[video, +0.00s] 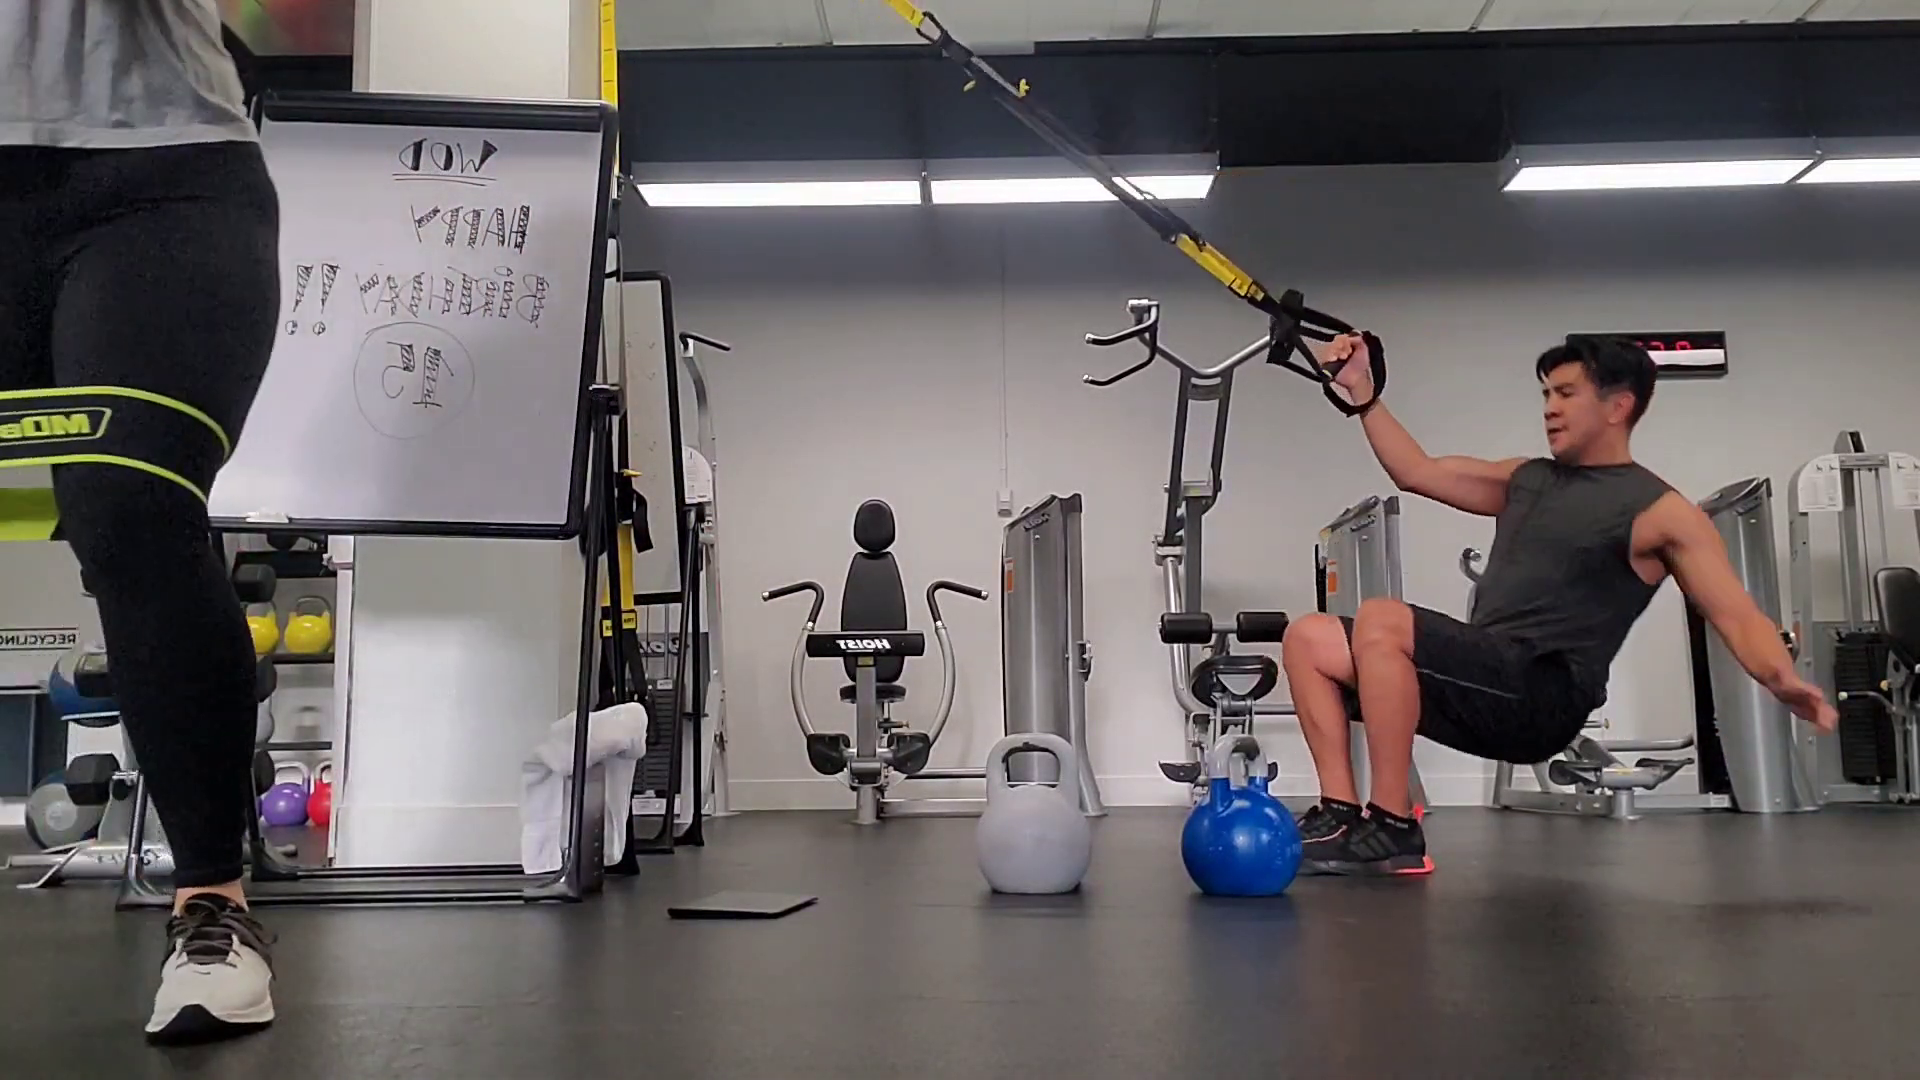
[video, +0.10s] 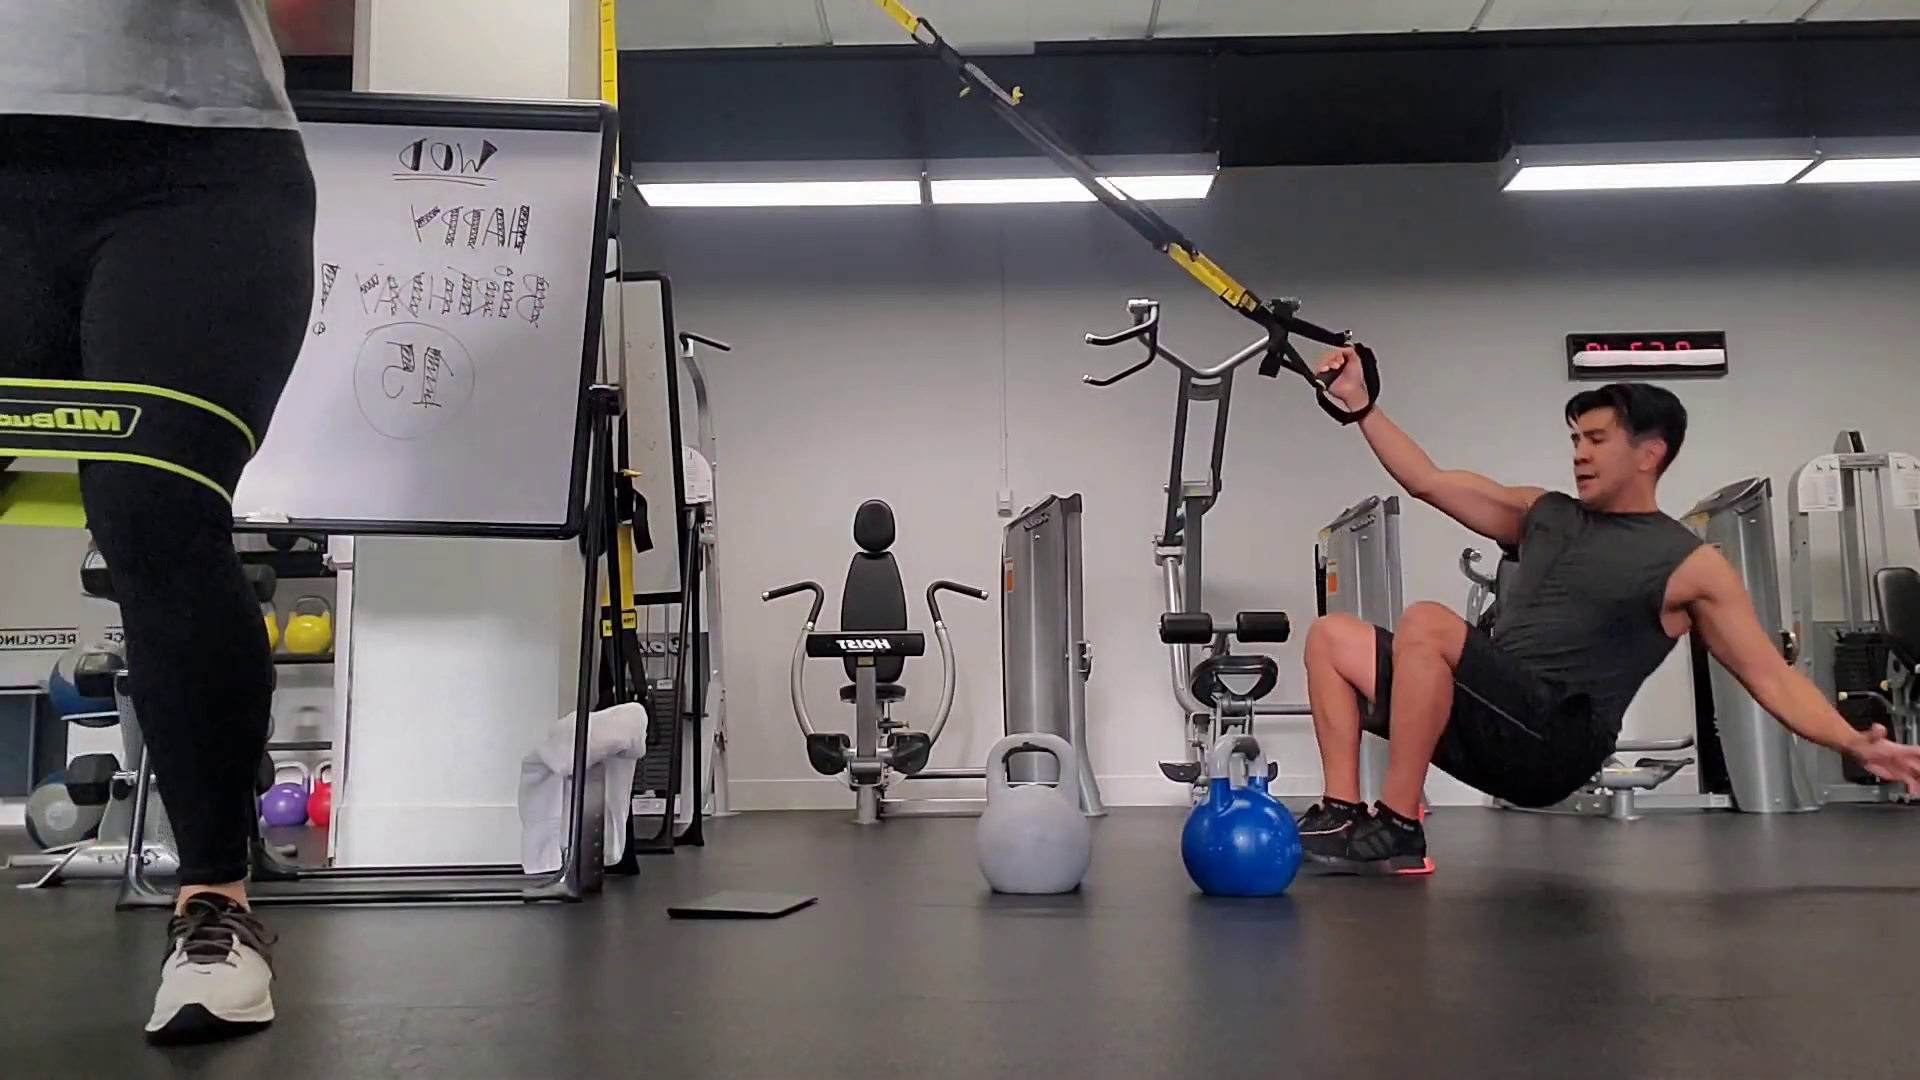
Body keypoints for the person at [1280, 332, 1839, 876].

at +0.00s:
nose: (1548, 410)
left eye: (1564, 394)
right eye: (1547, 397)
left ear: (1622, 404)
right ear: (1552, 407)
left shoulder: (1663, 510)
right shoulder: (1524, 479)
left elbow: (1734, 612)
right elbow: (1416, 470)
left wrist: (1780, 676)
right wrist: (1362, 397)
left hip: (1547, 695)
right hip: (1481, 682)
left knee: (1382, 620)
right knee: (1308, 639)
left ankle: (1395, 824)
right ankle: (1341, 811)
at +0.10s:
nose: (1577, 453)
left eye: (1593, 440)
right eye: (1575, 441)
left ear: (1652, 452)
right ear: (1573, 451)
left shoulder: (1692, 563)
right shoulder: (1543, 513)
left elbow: (1770, 675)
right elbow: (1427, 481)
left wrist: (1852, 741)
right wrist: (1361, 409)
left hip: (1559, 741)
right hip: (1478, 714)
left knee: (1426, 623)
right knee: (1330, 637)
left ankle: (1398, 823)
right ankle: (1342, 812)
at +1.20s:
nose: (1356, 174)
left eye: (1365, 162)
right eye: (1360, 163)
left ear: (1400, 162)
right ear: (1425, 173)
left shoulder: (1367, 207)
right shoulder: (1464, 266)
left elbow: (1239, 174)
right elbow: (1461, 394)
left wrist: (1132, 130)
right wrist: (1369, 363)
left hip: (1376, 431)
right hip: (1415, 436)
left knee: (1381, 621)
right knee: (1350, 624)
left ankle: (1390, 821)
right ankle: (1348, 808)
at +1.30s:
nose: (1340, 178)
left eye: (1348, 164)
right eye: (1343, 166)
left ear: (1383, 160)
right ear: (1409, 171)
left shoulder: (1346, 211)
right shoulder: (1453, 260)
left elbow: (1217, 178)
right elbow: (1464, 387)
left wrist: (1110, 139)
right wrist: (1356, 336)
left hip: (1367, 431)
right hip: (1406, 434)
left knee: (1381, 620)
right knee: (1349, 628)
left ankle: (1390, 820)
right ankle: (1347, 808)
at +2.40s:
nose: (1586, 455)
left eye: (1606, 443)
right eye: (1585, 443)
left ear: (1662, 463)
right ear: (1583, 459)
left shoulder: (1691, 578)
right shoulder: (1542, 522)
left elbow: (1763, 693)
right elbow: (1433, 485)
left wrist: (1857, 762)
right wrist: (1362, 412)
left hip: (1559, 747)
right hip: (1480, 723)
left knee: (1426, 621)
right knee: (1329, 635)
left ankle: (1400, 826)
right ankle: (1341, 812)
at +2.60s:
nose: (1606, 507)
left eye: (1627, 495)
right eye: (1605, 495)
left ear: (1680, 519)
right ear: (1602, 506)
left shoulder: (1702, 636)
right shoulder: (1548, 552)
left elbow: (1772, 755)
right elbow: (1439, 490)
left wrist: (1876, 841)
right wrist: (1356, 417)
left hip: (1557, 794)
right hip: (1474, 767)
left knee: (1472, 634)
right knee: (1359, 637)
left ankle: (1404, 823)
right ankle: (1344, 813)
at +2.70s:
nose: (1595, 498)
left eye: (1615, 486)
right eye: (1596, 486)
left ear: (1670, 508)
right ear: (1592, 497)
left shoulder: (1692, 623)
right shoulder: (1548, 548)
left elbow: (1767, 746)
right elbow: (1439, 490)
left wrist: (1867, 819)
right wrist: (1354, 416)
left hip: (1544, 779)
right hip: (1465, 754)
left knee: (1447, 626)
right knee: (1360, 641)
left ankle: (1398, 825)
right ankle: (1338, 821)